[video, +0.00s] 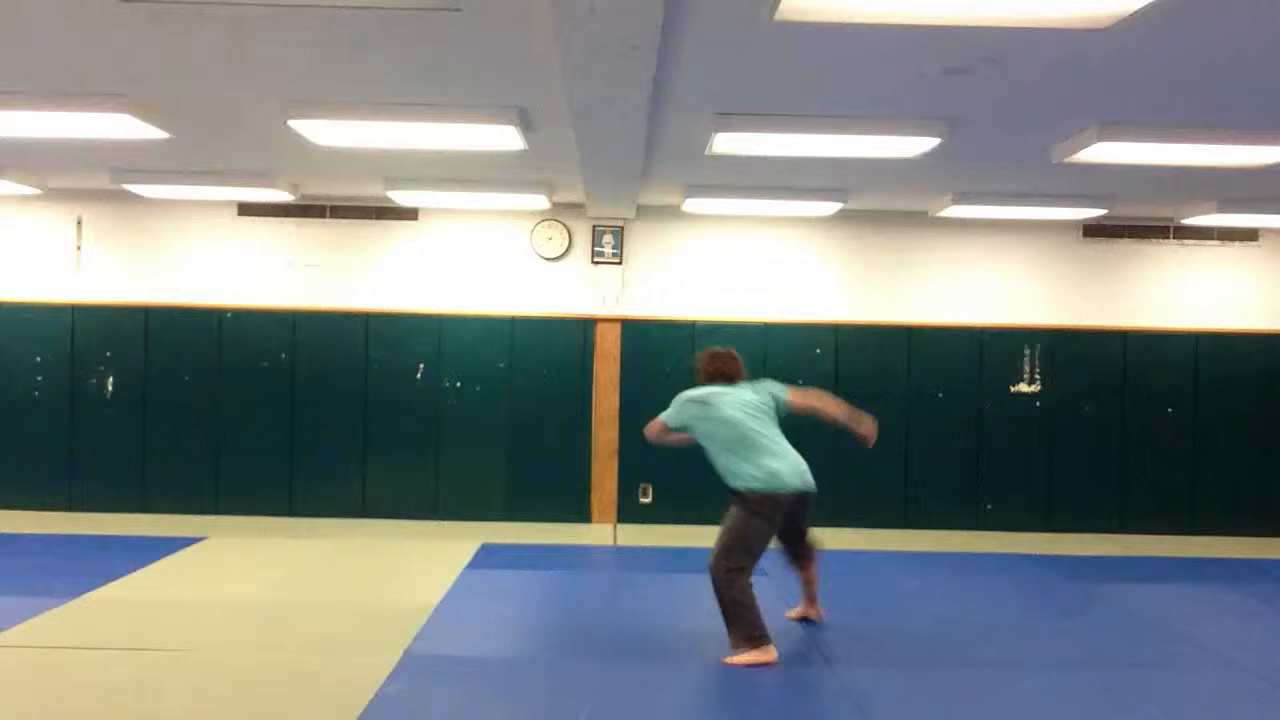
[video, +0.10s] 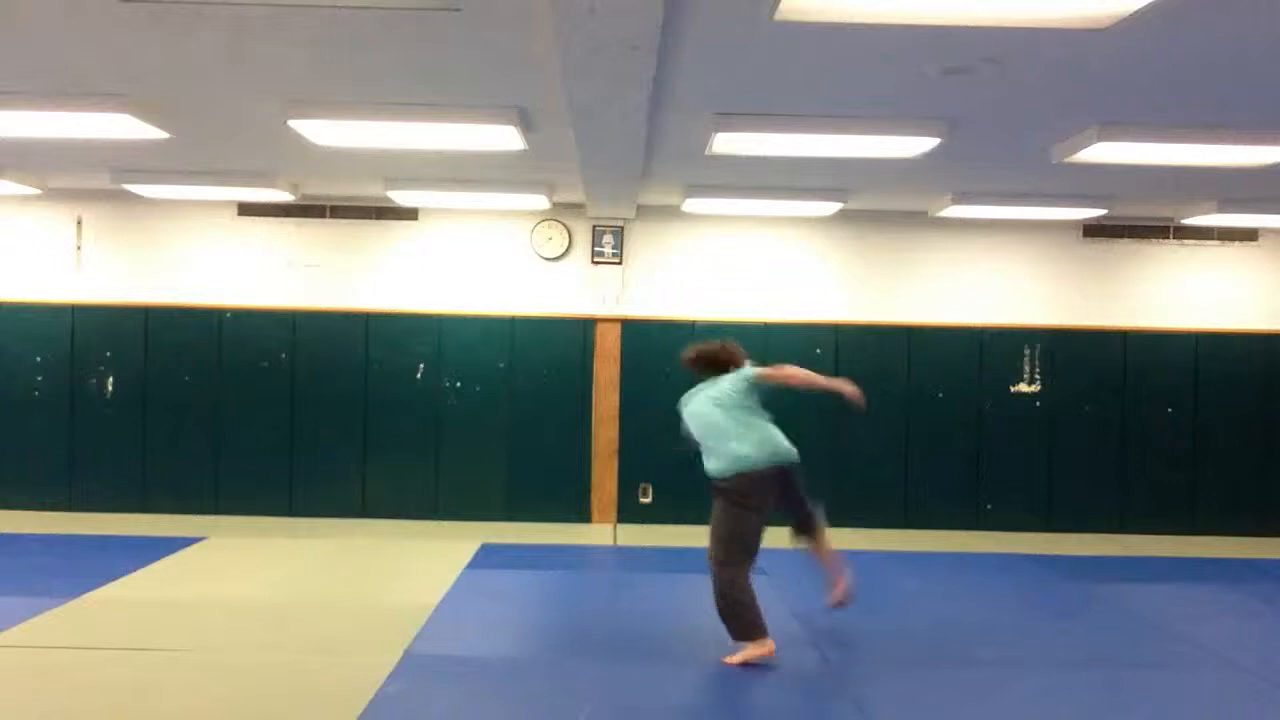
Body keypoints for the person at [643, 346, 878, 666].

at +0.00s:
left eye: (699, 373)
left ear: (702, 376)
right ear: (737, 374)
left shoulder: (692, 400)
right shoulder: (760, 389)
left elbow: (652, 433)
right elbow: (815, 399)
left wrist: (696, 435)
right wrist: (858, 420)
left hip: (761, 490)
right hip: (800, 485)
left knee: (727, 567)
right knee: (797, 541)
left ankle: (756, 645)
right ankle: (811, 606)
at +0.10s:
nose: (746, 364)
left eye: (746, 362)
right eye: (742, 361)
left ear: (699, 370)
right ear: (731, 364)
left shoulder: (689, 402)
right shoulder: (740, 377)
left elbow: (697, 436)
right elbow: (788, 374)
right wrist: (837, 384)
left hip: (736, 479)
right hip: (779, 465)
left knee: (727, 563)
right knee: (806, 519)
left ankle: (755, 640)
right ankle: (837, 577)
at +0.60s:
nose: (762, 377)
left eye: (768, 373)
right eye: (758, 367)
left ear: (769, 383)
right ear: (738, 365)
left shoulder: (745, 424)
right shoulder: (700, 380)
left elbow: (720, 466)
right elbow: (649, 399)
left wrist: (720, 460)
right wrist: (691, 422)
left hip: (679, 485)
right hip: (636, 471)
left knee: (697, 553)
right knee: (598, 544)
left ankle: (686, 639)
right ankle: (578, 606)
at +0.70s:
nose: (704, 359)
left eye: (713, 355)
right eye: (700, 350)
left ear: (719, 362)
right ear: (684, 349)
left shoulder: (721, 400)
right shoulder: (652, 378)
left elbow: (726, 452)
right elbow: (615, 412)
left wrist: (690, 435)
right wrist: (633, 429)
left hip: (677, 482)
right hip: (631, 476)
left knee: (695, 551)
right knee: (597, 549)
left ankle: (691, 637)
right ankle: (588, 612)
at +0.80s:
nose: (660, 340)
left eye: (668, 334)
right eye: (655, 332)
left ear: (679, 341)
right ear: (644, 336)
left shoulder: (695, 375)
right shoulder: (630, 370)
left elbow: (710, 427)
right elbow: (617, 409)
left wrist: (663, 411)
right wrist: (617, 417)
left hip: (678, 476)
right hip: (632, 471)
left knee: (688, 548)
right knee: (607, 546)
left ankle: (695, 636)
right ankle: (589, 612)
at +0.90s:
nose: (643, 330)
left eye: (651, 324)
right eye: (638, 323)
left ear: (662, 329)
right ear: (627, 326)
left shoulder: (681, 366)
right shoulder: (620, 365)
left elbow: (695, 416)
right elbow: (617, 407)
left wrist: (652, 400)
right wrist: (609, 414)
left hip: (672, 468)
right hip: (629, 465)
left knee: (685, 549)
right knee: (610, 544)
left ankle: (699, 635)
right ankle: (590, 611)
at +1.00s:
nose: (635, 327)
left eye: (643, 321)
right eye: (630, 320)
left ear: (656, 327)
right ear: (623, 325)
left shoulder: (676, 364)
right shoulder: (614, 364)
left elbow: (693, 415)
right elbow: (604, 410)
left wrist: (653, 405)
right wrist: (607, 413)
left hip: (668, 466)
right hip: (624, 465)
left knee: (682, 546)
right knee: (604, 542)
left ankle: (706, 633)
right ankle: (588, 612)